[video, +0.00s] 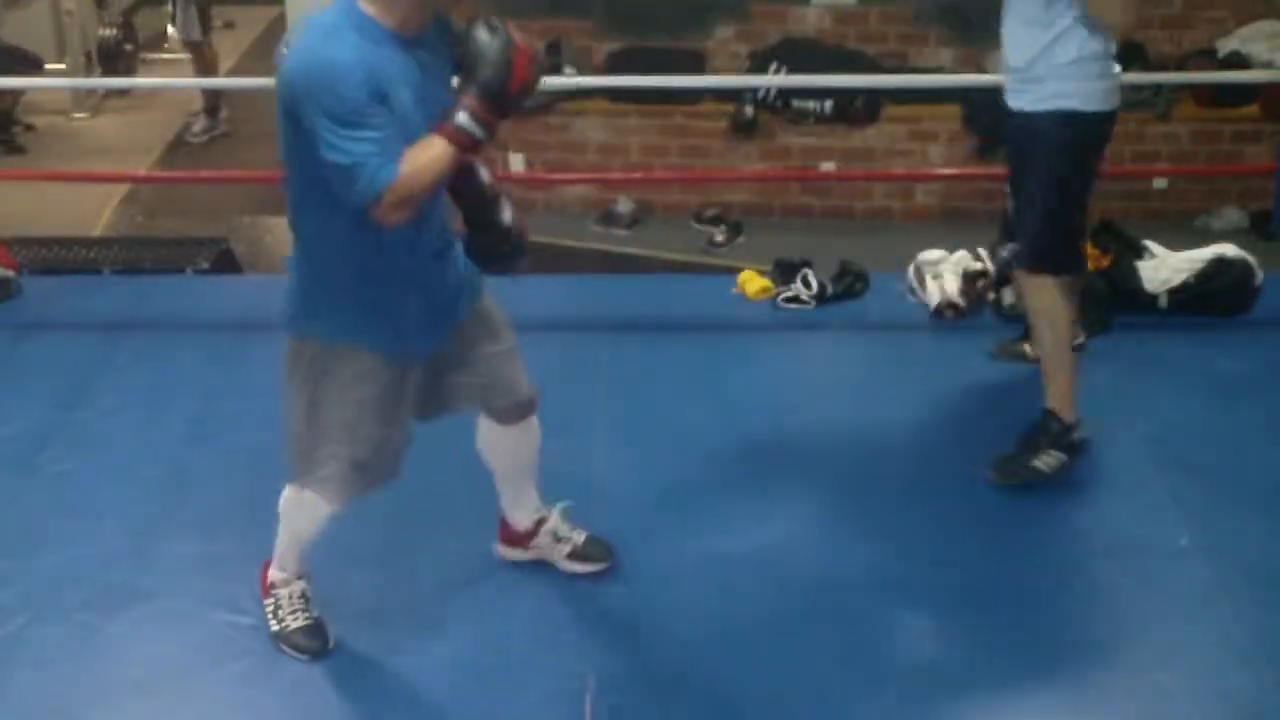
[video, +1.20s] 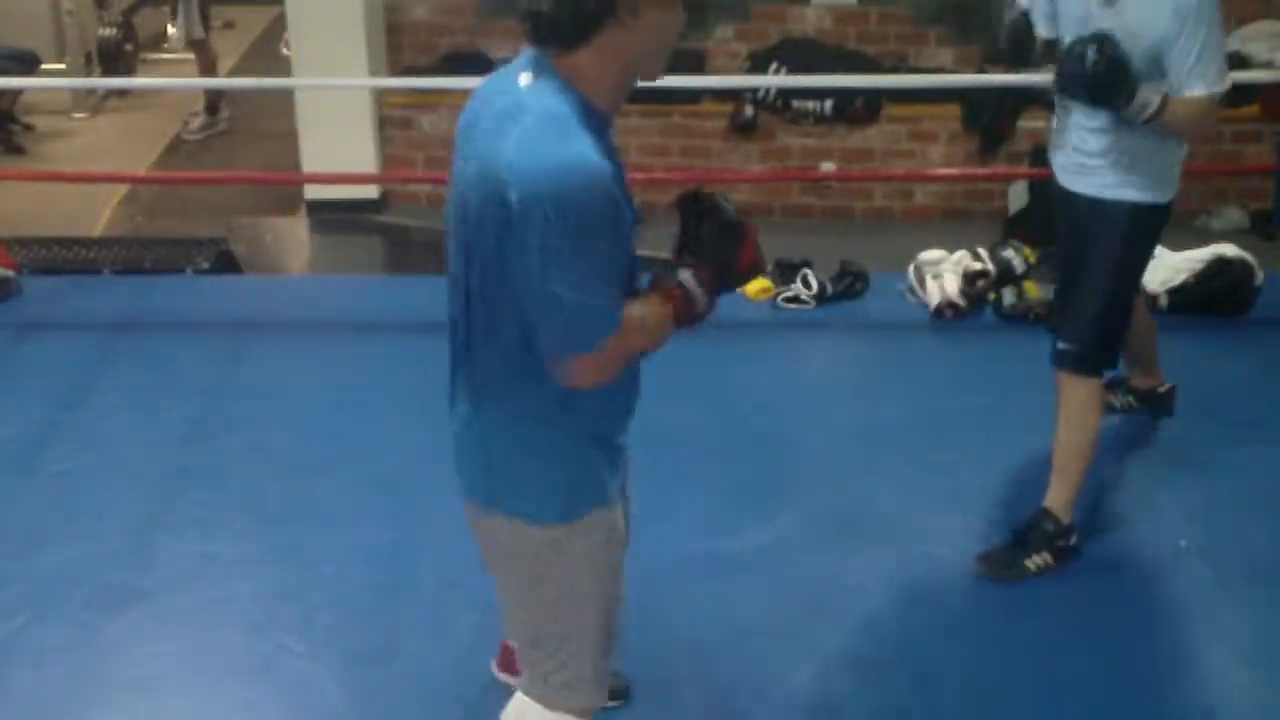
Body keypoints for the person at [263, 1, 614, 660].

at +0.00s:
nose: (461, 3)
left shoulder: (434, 34)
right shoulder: (323, 63)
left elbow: (439, 143)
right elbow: (389, 198)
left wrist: (479, 205)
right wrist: (477, 109)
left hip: (439, 276)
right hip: (353, 299)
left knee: (511, 403)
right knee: (338, 469)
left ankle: (525, 526)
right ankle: (282, 577)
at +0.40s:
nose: (529, 13)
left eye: (527, 9)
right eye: (525, 5)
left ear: (492, 6)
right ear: (491, 0)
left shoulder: (484, 61)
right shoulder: (388, 75)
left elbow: (478, 177)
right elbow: (406, 232)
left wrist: (514, 246)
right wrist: (531, 203)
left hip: (470, 324)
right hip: (378, 341)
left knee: (522, 483)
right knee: (333, 488)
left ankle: (523, 649)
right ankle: (283, 571)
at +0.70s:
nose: (640, 17)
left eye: (643, 10)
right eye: (640, 5)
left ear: (608, 6)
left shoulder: (586, 70)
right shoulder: (487, 32)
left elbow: (559, 202)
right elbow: (373, 148)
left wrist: (614, 265)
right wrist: (494, 241)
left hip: (531, 347)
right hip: (438, 351)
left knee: (540, 504)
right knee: (432, 560)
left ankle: (527, 652)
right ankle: (336, 641)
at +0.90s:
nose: (658, 11)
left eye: (658, 4)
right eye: (654, 0)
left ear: (614, 2)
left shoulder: (596, 65)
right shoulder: (497, 67)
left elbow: (590, 203)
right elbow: (417, 211)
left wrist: (634, 286)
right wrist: (565, 246)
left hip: (555, 358)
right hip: (483, 371)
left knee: (540, 514)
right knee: (497, 598)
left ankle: (526, 653)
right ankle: (434, 710)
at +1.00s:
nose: (665, 6)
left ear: (596, 7)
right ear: (609, 4)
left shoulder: (583, 80)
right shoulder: (514, 97)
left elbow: (569, 228)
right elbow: (464, 268)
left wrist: (623, 299)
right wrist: (615, 256)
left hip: (561, 381)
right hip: (504, 401)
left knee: (552, 529)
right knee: (512, 635)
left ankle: (535, 650)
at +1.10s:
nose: (669, 11)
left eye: (664, 3)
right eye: (660, 1)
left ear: (597, 12)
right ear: (619, 9)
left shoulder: (564, 97)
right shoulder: (533, 138)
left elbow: (566, 266)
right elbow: (525, 327)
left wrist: (645, 272)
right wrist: (654, 276)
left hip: (567, 415)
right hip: (527, 440)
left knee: (568, 558)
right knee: (543, 665)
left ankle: (553, 665)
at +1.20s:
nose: (681, 20)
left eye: (678, 7)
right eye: (672, 6)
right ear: (626, 14)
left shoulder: (508, 95)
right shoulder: (565, 170)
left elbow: (556, 271)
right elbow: (581, 360)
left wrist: (664, 275)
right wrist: (681, 301)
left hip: (509, 431)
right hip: (551, 472)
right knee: (563, 687)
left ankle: (538, 658)